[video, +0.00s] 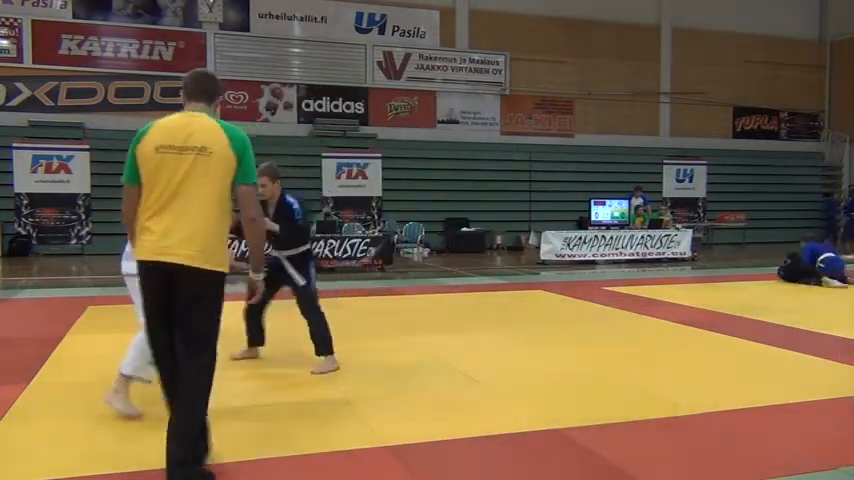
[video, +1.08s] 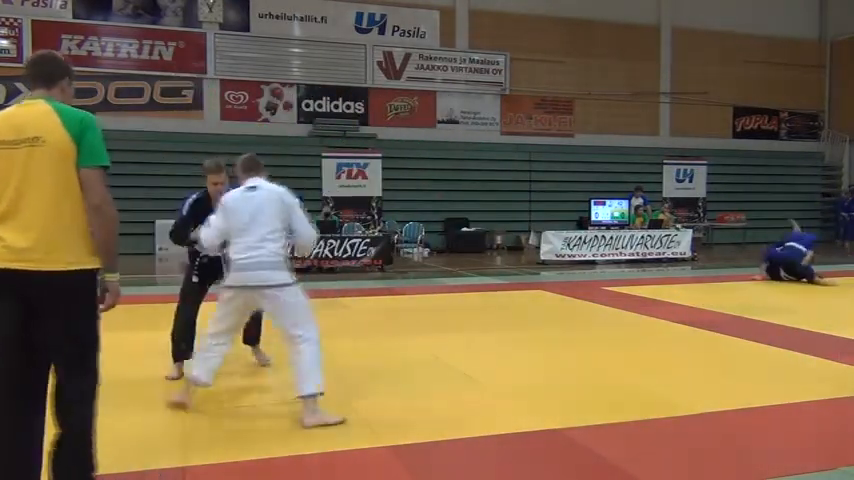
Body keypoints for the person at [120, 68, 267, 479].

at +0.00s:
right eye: (220, 103)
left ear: (182, 98)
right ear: (218, 102)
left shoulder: (146, 134)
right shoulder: (234, 138)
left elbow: (129, 207)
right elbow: (250, 210)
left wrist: (144, 248)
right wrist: (257, 268)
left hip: (151, 260)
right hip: (204, 263)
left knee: (166, 354)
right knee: (196, 358)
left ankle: (195, 442)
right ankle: (182, 466)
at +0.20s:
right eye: (204, 96)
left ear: (169, 91)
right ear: (204, 96)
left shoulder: (132, 129)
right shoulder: (221, 136)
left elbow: (109, 205)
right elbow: (236, 210)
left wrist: (117, 257)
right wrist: (239, 273)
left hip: (131, 265)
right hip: (187, 270)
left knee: (132, 367)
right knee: (186, 367)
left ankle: (129, 465)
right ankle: (181, 465)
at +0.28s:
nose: (200, 104)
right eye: (201, 99)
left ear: (160, 92)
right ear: (198, 97)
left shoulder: (123, 129)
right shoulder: (213, 134)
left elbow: (101, 203)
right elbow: (228, 208)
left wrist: (105, 260)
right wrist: (230, 273)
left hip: (122, 266)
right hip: (180, 271)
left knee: (114, 365)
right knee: (181, 369)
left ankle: (95, 468)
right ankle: (181, 467)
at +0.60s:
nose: (147, 103)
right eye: (147, 97)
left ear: (105, 92)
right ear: (141, 96)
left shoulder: (65, 133)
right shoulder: (156, 135)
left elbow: (50, 211)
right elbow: (178, 212)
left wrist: (67, 256)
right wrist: (191, 276)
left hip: (71, 275)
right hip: (132, 277)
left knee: (55, 378)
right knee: (153, 377)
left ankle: (26, 470)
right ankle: (179, 468)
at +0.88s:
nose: (99, 98)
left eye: (98, 94)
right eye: (99, 93)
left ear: (49, 89)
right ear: (91, 91)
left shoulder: (12, 129)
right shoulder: (101, 128)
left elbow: (7, 203)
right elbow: (115, 205)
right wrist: (124, 274)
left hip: (25, 279)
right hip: (87, 280)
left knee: (26, 389)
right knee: (114, 383)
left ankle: (21, 473)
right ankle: (141, 471)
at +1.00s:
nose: (79, 95)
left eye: (78, 90)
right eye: (78, 89)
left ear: (35, 85)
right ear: (70, 86)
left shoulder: (3, 122)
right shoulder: (84, 123)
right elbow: (103, 202)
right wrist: (111, 272)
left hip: (10, 280)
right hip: (72, 279)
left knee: (18, 395)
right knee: (93, 391)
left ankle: (17, 473)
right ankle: (96, 471)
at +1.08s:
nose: (73, 94)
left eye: (71, 89)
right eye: (72, 88)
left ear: (28, 84)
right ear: (62, 85)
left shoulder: (3, 120)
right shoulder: (79, 122)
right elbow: (97, 200)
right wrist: (110, 270)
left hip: (9, 279)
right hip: (67, 280)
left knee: (17, 393)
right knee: (77, 391)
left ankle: (18, 471)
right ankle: (73, 473)